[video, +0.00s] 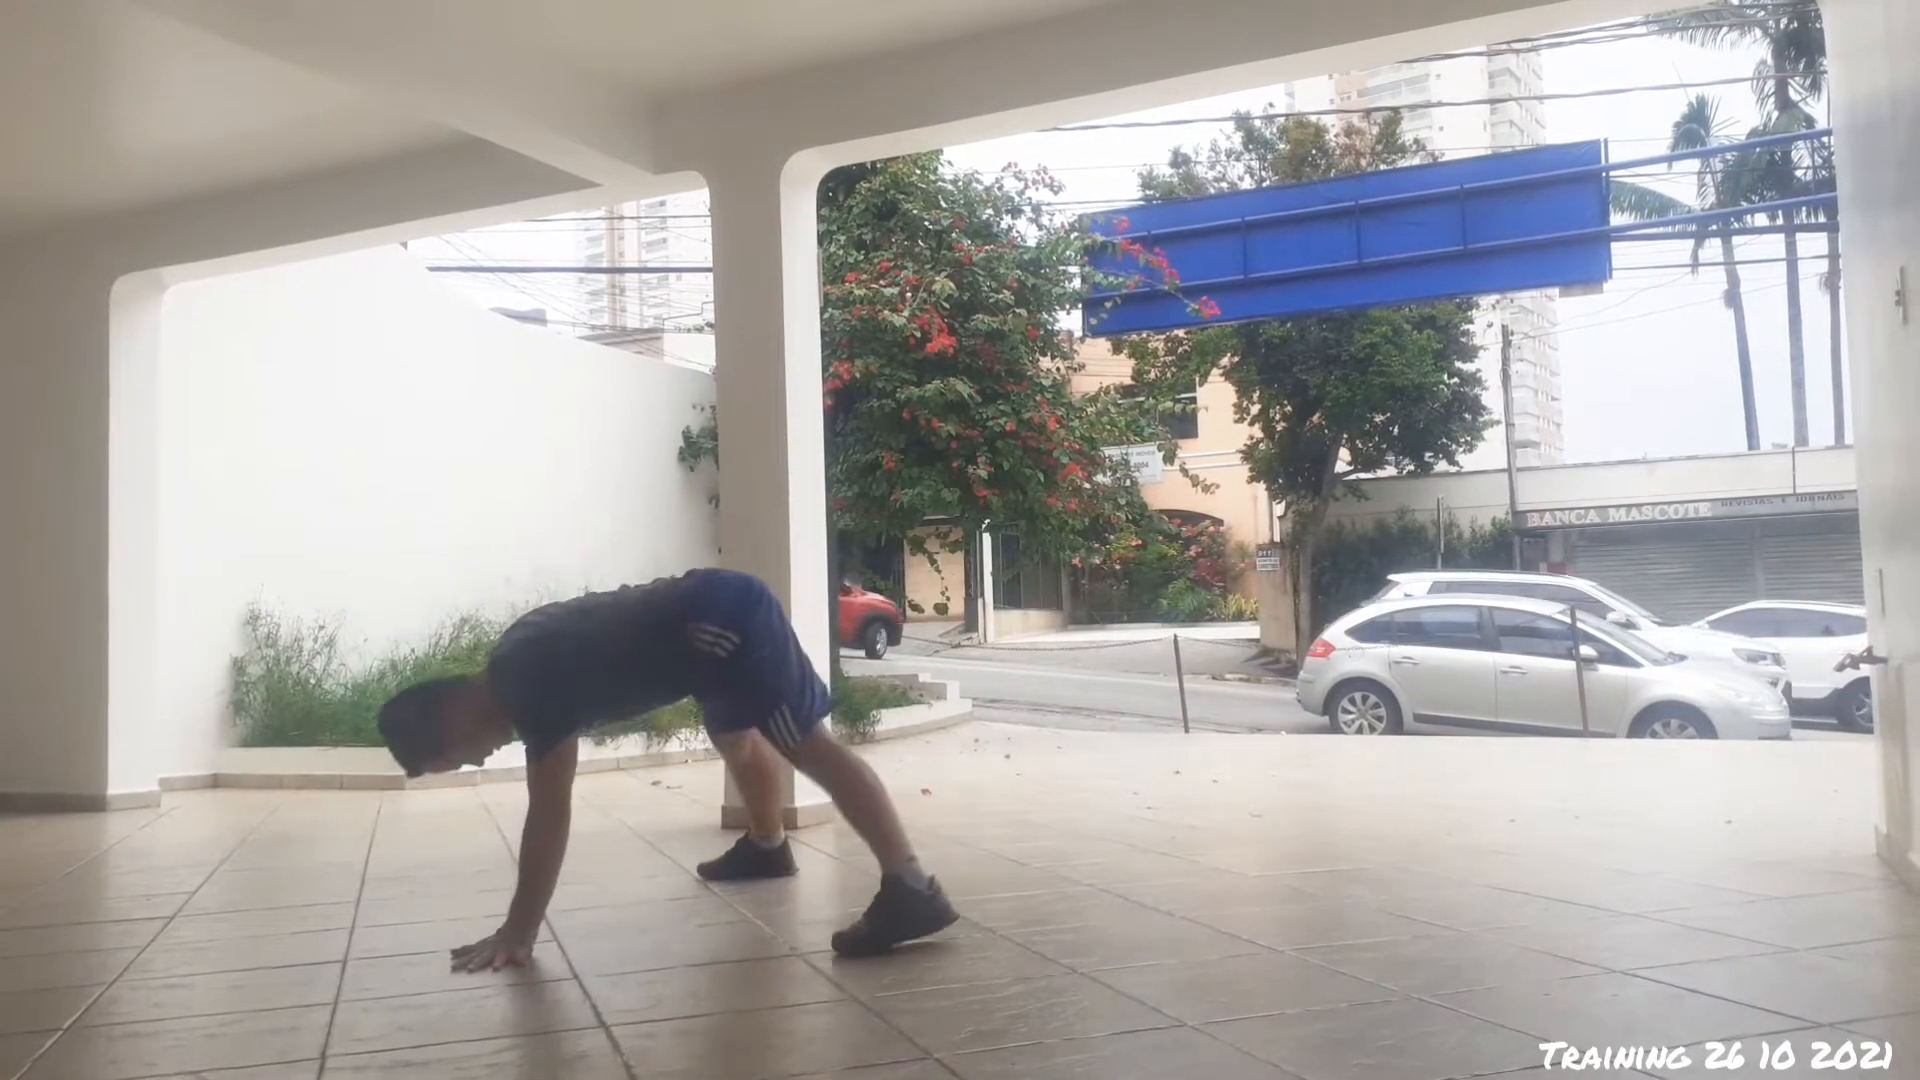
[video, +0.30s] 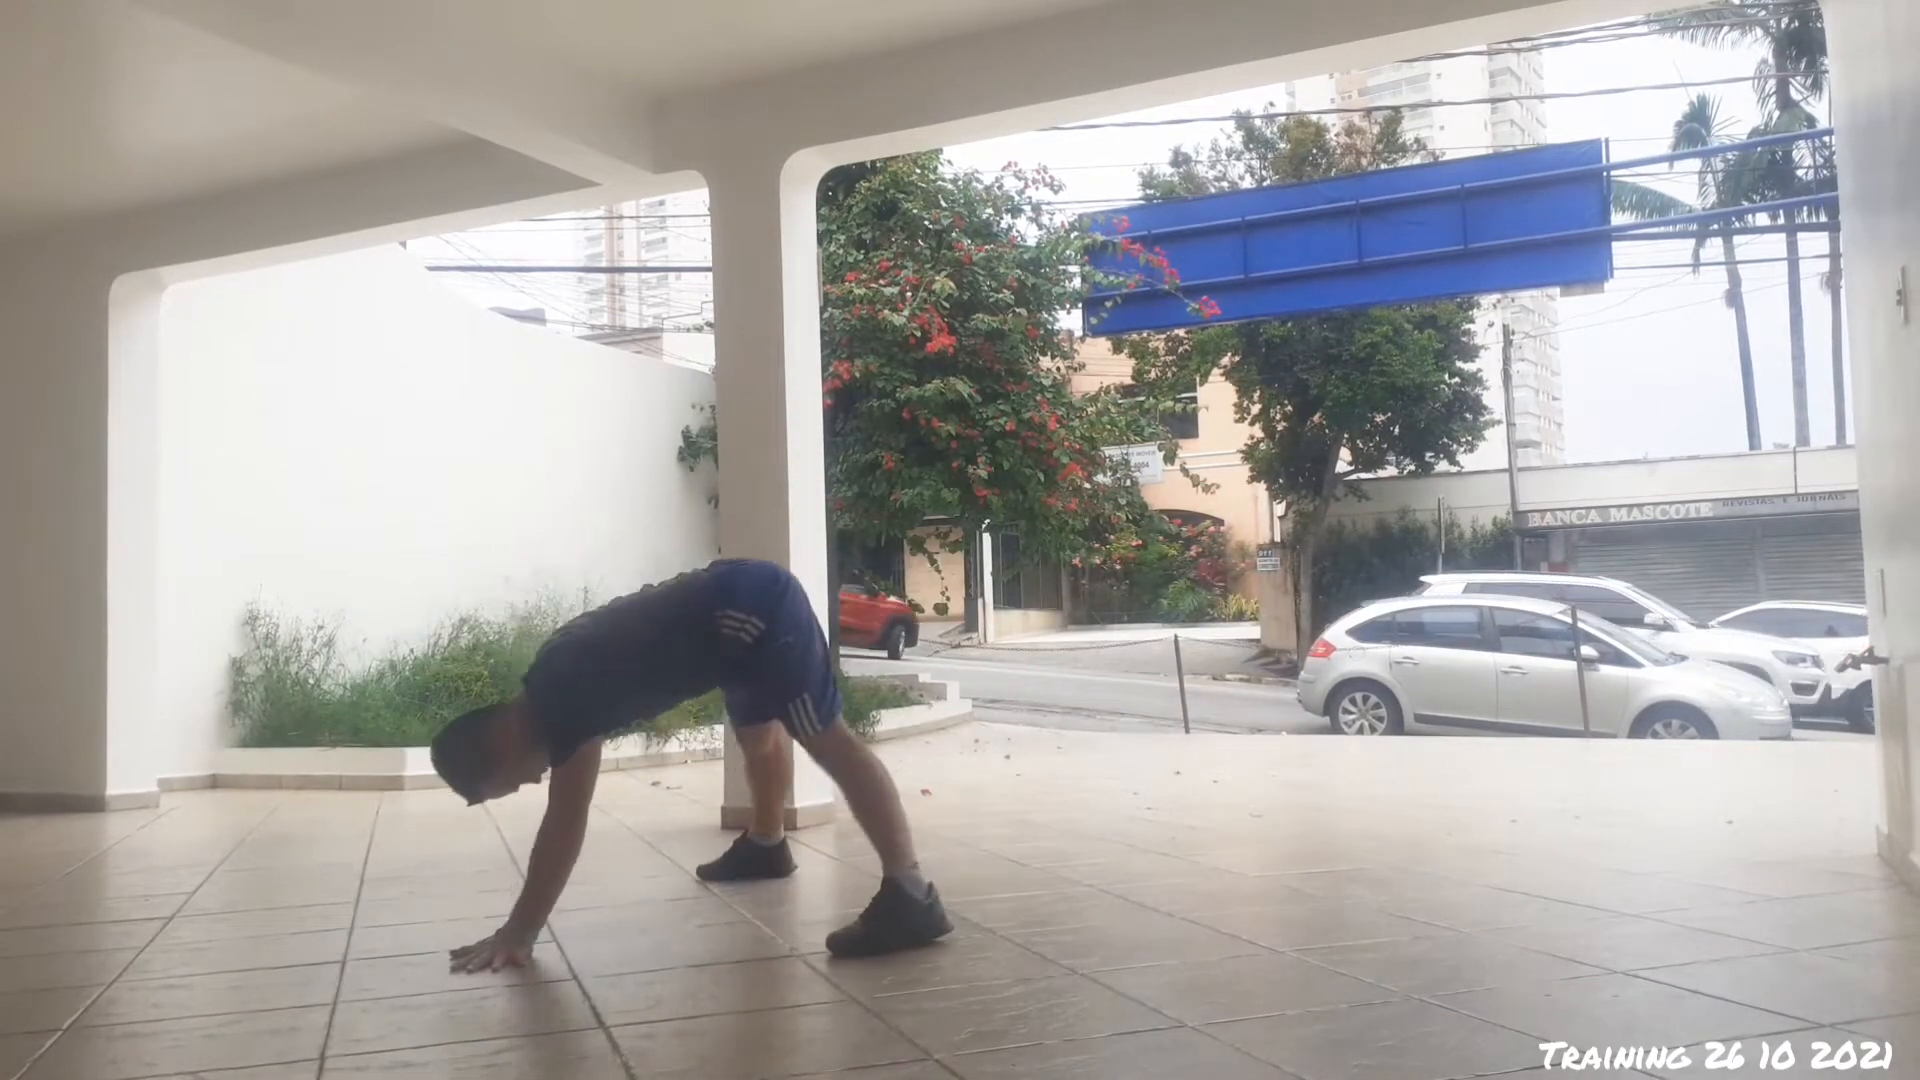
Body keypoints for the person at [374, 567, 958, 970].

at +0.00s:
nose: (467, 762)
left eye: (450, 755)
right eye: (453, 761)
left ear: (452, 712)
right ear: (452, 698)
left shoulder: (532, 677)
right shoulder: (519, 661)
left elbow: (548, 814)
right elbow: (549, 810)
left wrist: (519, 932)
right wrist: (521, 921)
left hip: (728, 616)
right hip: (706, 624)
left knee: (812, 746)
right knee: (737, 737)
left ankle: (911, 885)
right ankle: (767, 845)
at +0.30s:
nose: (514, 790)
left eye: (499, 787)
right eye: (502, 790)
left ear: (494, 743)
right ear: (494, 735)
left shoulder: (565, 695)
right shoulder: (555, 683)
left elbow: (564, 826)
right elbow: (564, 822)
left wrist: (519, 932)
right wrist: (517, 927)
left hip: (760, 608)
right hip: (733, 615)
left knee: (831, 743)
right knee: (759, 731)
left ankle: (912, 891)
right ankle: (766, 844)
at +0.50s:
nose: (573, 792)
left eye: (558, 788)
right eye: (561, 792)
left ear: (548, 751)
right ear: (549, 736)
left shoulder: (611, 702)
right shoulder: (604, 683)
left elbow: (588, 828)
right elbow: (589, 823)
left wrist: (521, 929)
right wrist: (528, 923)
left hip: (803, 598)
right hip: (772, 595)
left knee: (857, 735)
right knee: (777, 727)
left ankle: (915, 894)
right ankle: (767, 844)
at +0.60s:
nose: (590, 791)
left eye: (575, 788)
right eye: (579, 791)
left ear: (571, 749)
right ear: (570, 738)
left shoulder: (632, 703)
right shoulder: (630, 668)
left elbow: (604, 830)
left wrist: (534, 928)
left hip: (824, 597)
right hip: (789, 590)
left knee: (872, 735)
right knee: (787, 724)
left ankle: (918, 896)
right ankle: (767, 843)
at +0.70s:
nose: (615, 784)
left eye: (599, 781)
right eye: (603, 785)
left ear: (586, 746)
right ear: (587, 731)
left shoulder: (652, 699)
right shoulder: (646, 667)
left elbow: (633, 828)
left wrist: (567, 932)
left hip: (840, 598)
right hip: (804, 597)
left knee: (883, 737)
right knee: (795, 724)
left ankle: (919, 897)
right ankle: (769, 843)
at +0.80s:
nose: (625, 776)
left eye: (608, 771)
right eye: (611, 777)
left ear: (602, 736)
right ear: (601, 718)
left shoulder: (673, 700)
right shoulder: (654, 664)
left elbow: (662, 824)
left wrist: (604, 928)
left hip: (851, 600)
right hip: (811, 596)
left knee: (888, 735)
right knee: (801, 727)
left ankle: (919, 896)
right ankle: (768, 844)